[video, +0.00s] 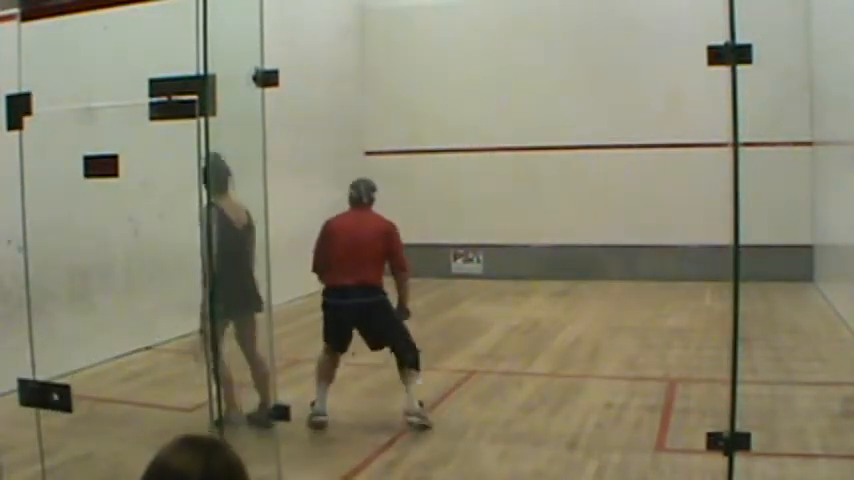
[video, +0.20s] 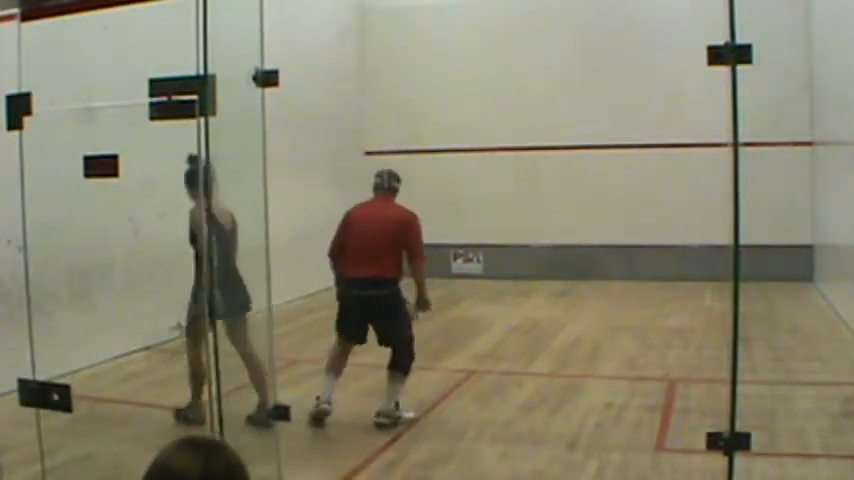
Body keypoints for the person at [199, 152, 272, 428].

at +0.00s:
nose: (205, 185)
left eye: (205, 180)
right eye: (208, 179)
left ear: (206, 182)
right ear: (228, 178)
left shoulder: (212, 215)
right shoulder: (244, 213)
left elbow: (210, 262)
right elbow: (249, 258)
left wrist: (205, 301)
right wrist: (246, 284)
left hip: (221, 294)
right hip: (246, 290)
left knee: (213, 352)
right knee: (251, 349)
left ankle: (232, 407)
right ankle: (266, 404)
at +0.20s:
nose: (188, 192)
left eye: (189, 186)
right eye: (190, 186)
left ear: (191, 188)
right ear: (212, 183)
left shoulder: (197, 216)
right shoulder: (227, 215)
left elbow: (204, 257)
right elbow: (230, 258)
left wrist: (202, 294)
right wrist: (222, 284)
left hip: (206, 292)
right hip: (233, 290)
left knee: (194, 344)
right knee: (244, 345)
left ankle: (196, 405)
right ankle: (265, 404)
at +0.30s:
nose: (174, 195)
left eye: (174, 191)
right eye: (176, 190)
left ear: (177, 192)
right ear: (198, 188)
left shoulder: (186, 218)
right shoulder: (214, 217)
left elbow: (202, 259)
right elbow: (217, 258)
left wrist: (204, 298)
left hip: (196, 295)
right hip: (221, 290)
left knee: (183, 348)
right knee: (237, 346)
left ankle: (177, 400)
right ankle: (263, 402)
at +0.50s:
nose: (139, 195)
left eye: (140, 190)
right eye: (139, 190)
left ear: (145, 190)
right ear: (164, 187)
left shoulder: (155, 217)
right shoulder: (176, 215)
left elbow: (169, 256)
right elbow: (179, 258)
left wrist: (167, 297)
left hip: (163, 294)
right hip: (185, 290)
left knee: (159, 346)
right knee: (189, 345)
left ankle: (168, 401)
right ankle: (238, 387)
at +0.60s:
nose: (121, 189)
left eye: (123, 184)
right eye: (121, 184)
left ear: (130, 186)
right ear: (146, 183)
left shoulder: (141, 214)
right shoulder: (156, 210)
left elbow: (151, 256)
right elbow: (161, 255)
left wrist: (138, 292)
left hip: (151, 286)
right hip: (164, 283)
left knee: (153, 345)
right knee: (155, 343)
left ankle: (168, 399)